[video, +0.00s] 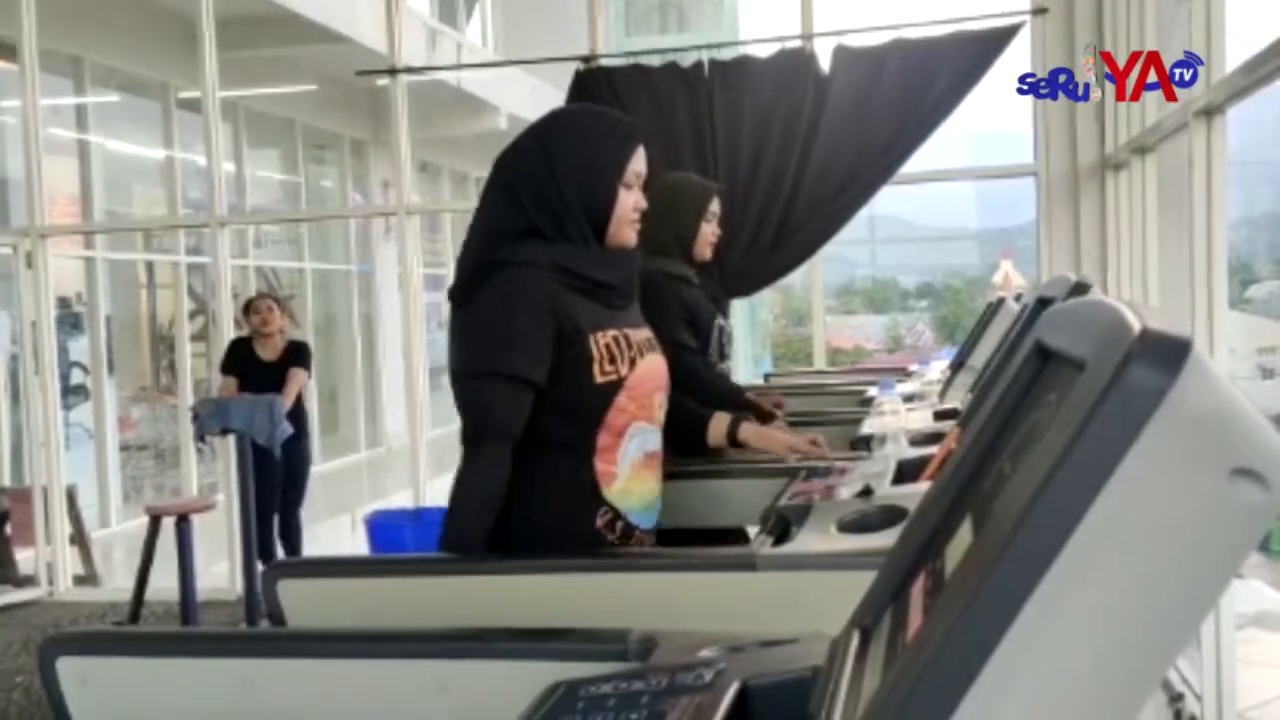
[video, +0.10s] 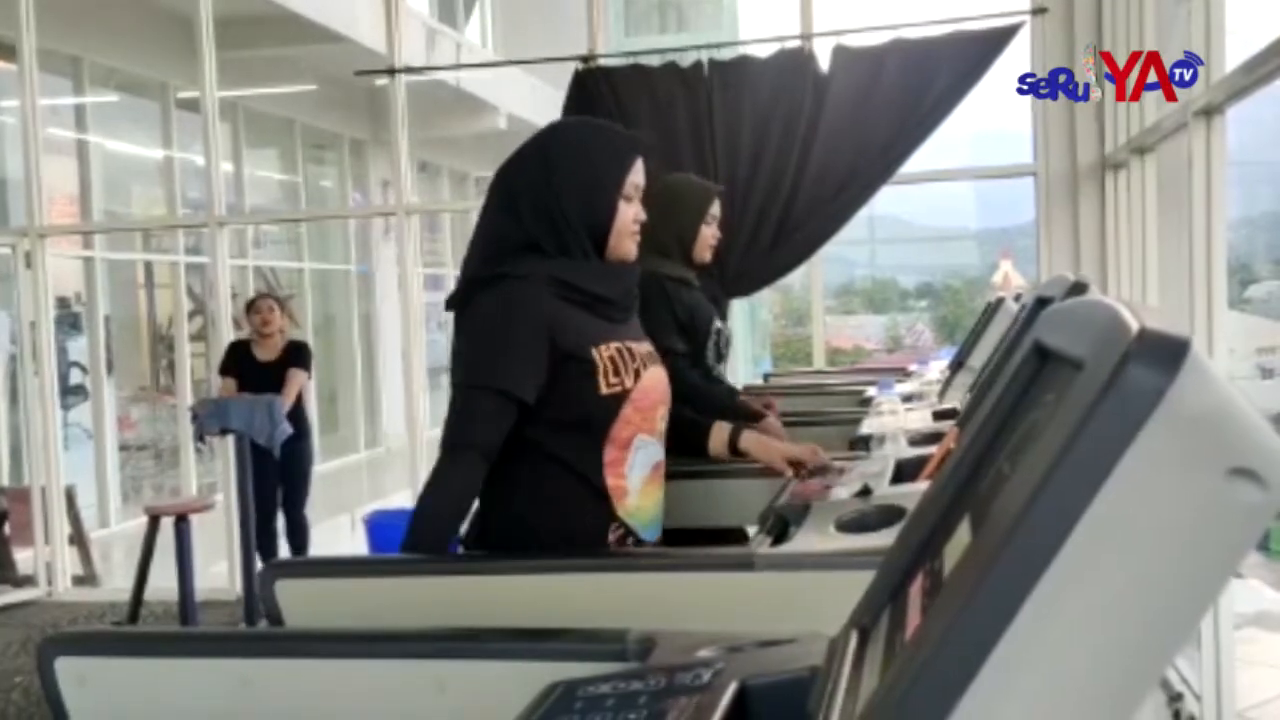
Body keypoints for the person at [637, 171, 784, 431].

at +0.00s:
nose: (717, 233)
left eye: (717, 222)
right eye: (709, 220)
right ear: (681, 220)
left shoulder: (696, 282)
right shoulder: (665, 283)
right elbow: (687, 370)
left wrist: (744, 399)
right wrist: (746, 403)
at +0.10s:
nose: (717, 235)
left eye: (717, 224)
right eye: (709, 223)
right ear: (681, 222)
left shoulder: (697, 283)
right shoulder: (661, 285)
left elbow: (703, 370)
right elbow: (681, 376)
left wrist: (742, 401)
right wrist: (749, 414)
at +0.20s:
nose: (718, 240)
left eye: (718, 229)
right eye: (710, 227)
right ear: (681, 227)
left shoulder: (696, 288)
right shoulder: (658, 292)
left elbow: (702, 376)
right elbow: (671, 385)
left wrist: (740, 401)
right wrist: (744, 415)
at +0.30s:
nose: (721, 242)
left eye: (720, 232)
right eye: (712, 230)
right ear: (682, 231)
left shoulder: (695, 294)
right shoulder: (658, 296)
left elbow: (701, 379)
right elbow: (664, 392)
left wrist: (742, 399)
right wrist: (738, 408)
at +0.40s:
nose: (723, 238)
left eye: (723, 226)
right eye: (716, 225)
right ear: (686, 225)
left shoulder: (694, 288)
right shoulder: (659, 289)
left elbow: (701, 369)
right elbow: (659, 387)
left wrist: (740, 390)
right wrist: (727, 402)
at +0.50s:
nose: (724, 235)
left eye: (724, 224)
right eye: (717, 223)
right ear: (687, 221)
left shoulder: (689, 283)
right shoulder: (657, 284)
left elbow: (688, 366)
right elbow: (658, 378)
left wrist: (731, 384)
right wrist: (729, 398)